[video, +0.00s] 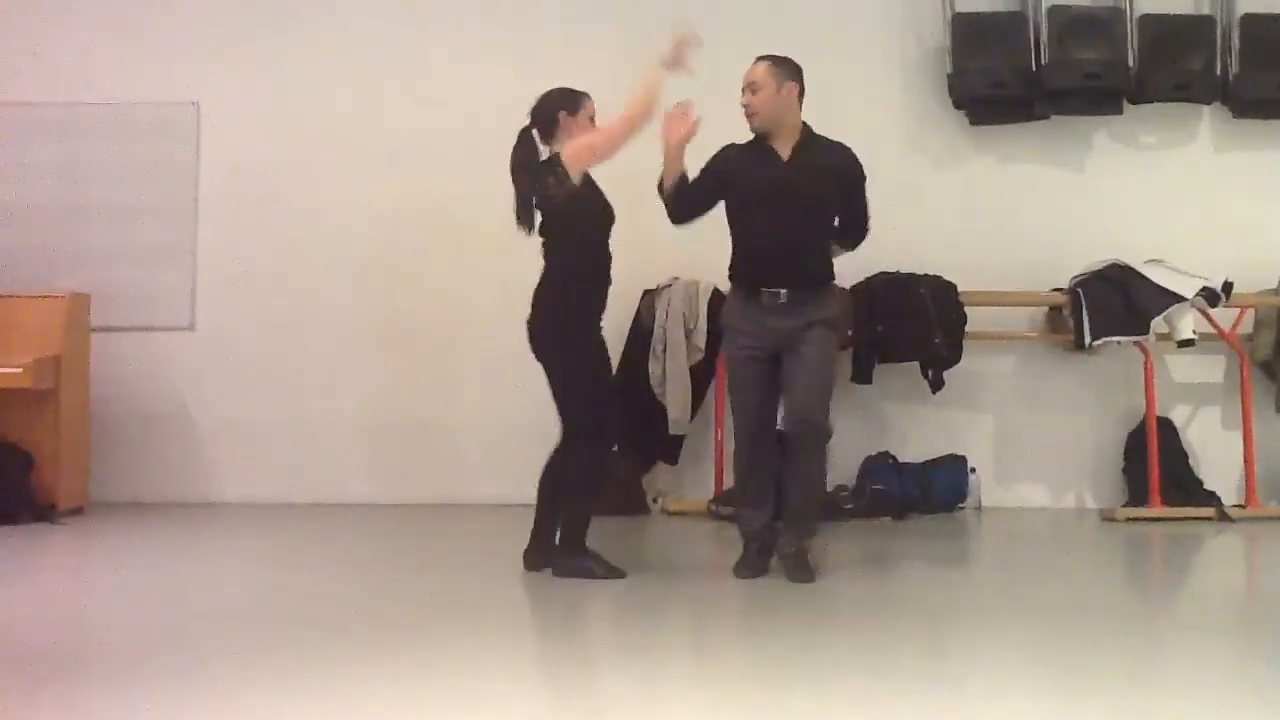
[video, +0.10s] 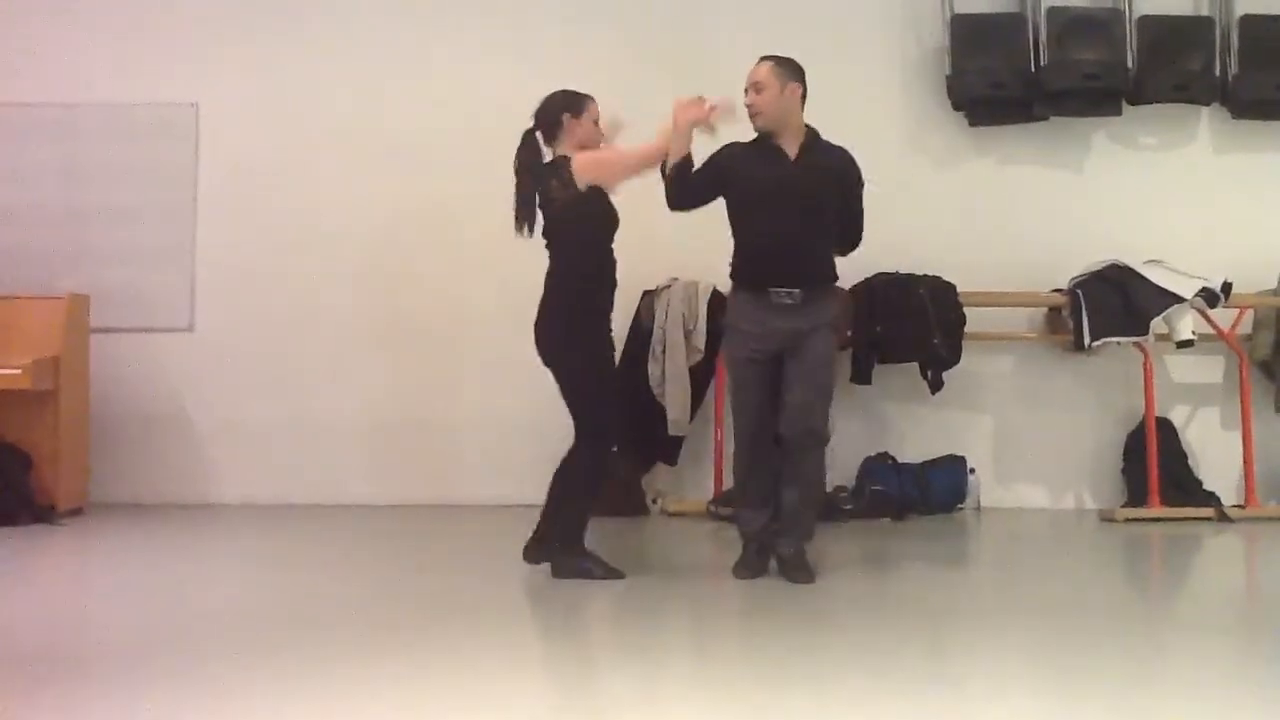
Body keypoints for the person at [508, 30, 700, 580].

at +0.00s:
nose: (598, 124)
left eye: (594, 116)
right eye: (589, 117)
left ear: (560, 125)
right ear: (563, 123)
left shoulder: (561, 171)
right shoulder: (564, 168)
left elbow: (621, 129)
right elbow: (628, 123)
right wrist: (664, 66)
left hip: (564, 320)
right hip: (566, 324)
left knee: (580, 434)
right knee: (597, 432)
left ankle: (543, 543)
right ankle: (570, 548)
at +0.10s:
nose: (601, 129)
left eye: (599, 120)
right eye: (594, 120)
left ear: (564, 126)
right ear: (569, 125)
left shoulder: (558, 172)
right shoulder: (578, 169)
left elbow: (615, 166)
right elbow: (645, 159)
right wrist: (684, 123)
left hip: (572, 322)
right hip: (575, 326)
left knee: (594, 431)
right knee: (599, 432)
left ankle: (549, 536)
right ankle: (566, 547)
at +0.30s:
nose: (604, 132)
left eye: (601, 123)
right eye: (596, 124)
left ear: (567, 132)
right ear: (570, 129)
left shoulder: (557, 178)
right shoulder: (585, 175)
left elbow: (638, 193)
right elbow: (657, 199)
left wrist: (652, 139)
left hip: (566, 322)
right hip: (582, 325)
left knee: (591, 429)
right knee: (598, 432)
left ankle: (563, 524)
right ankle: (568, 549)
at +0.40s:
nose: (603, 136)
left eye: (601, 128)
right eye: (596, 128)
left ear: (567, 137)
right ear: (570, 135)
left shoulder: (564, 186)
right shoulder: (582, 185)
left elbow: (647, 216)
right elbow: (658, 225)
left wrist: (668, 170)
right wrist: (715, 241)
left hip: (567, 328)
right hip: (581, 332)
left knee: (579, 437)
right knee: (646, 430)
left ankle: (571, 543)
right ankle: (572, 545)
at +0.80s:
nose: (607, 134)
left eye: (605, 126)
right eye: (599, 126)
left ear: (576, 134)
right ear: (572, 133)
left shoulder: (591, 182)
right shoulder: (579, 190)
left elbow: (661, 180)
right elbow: (656, 235)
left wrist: (681, 135)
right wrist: (726, 258)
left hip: (592, 321)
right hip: (580, 325)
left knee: (623, 424)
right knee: (613, 429)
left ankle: (580, 526)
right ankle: (574, 545)